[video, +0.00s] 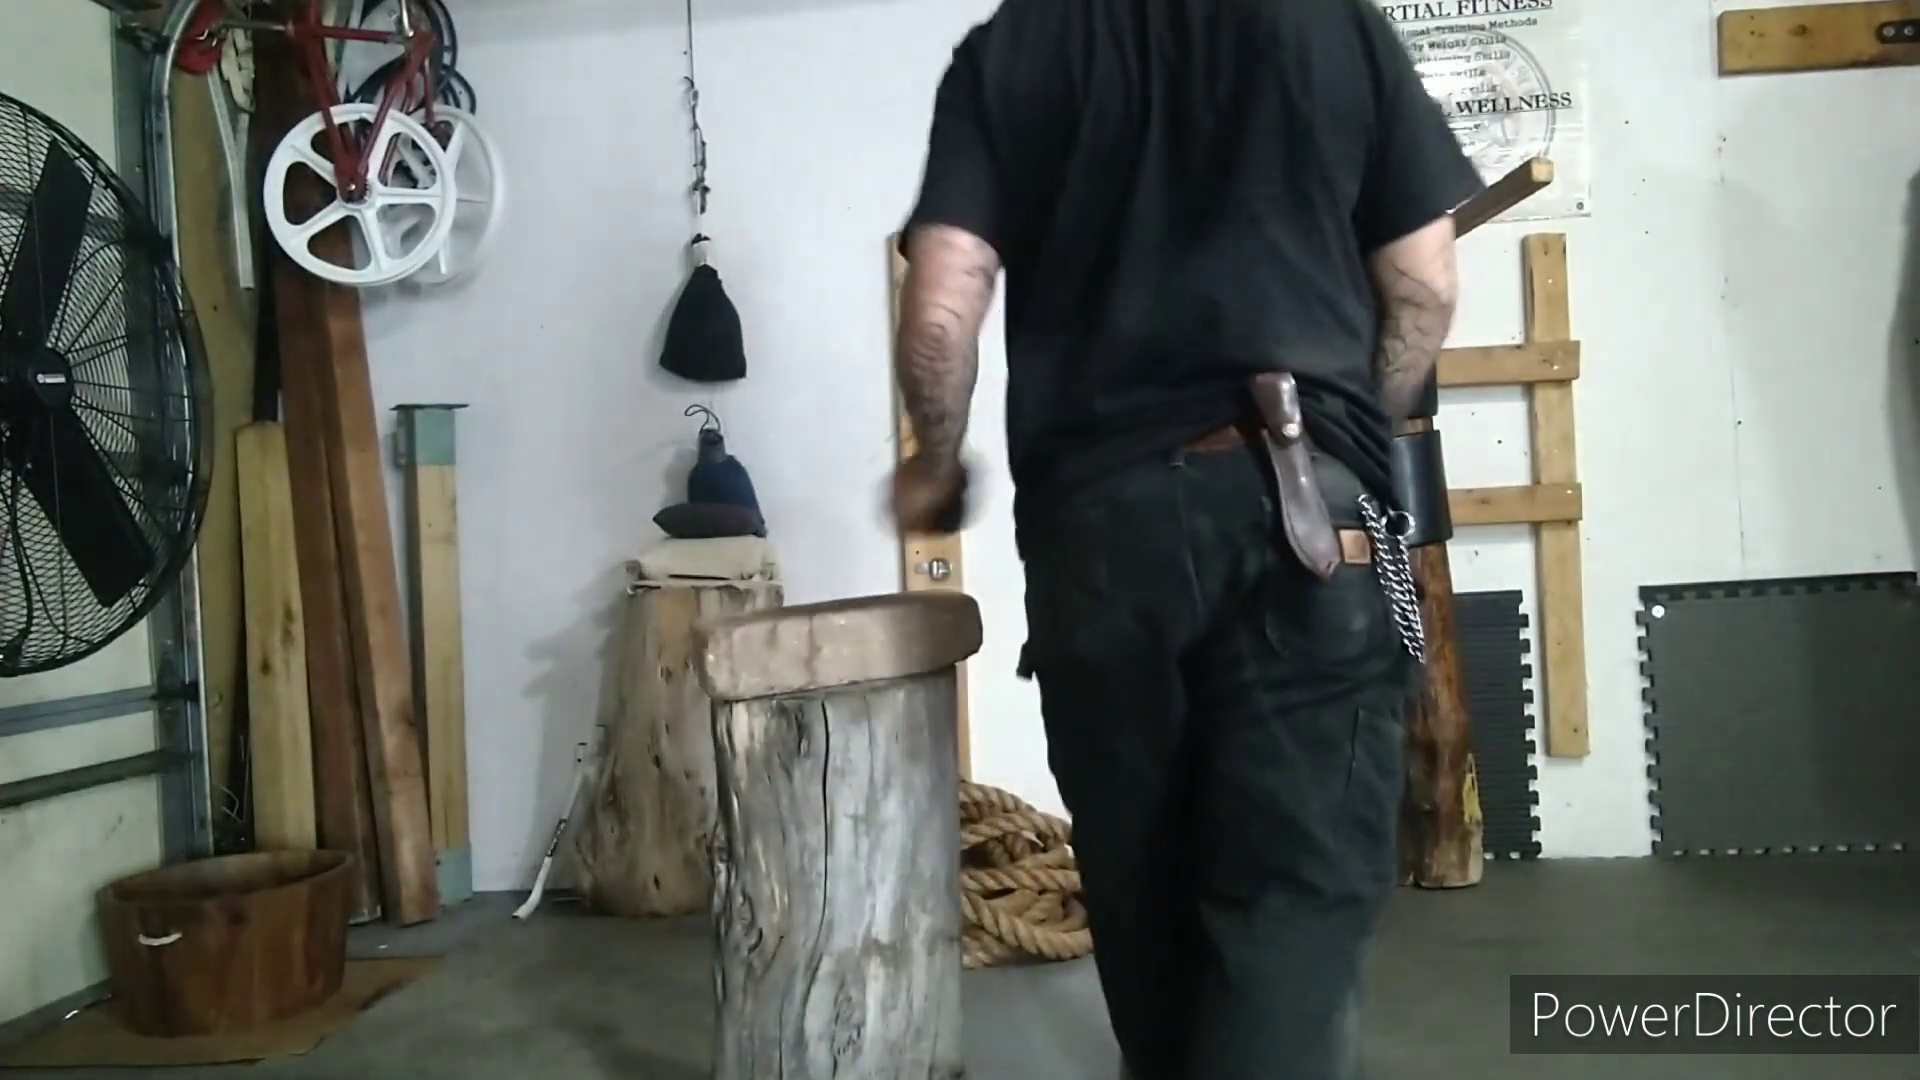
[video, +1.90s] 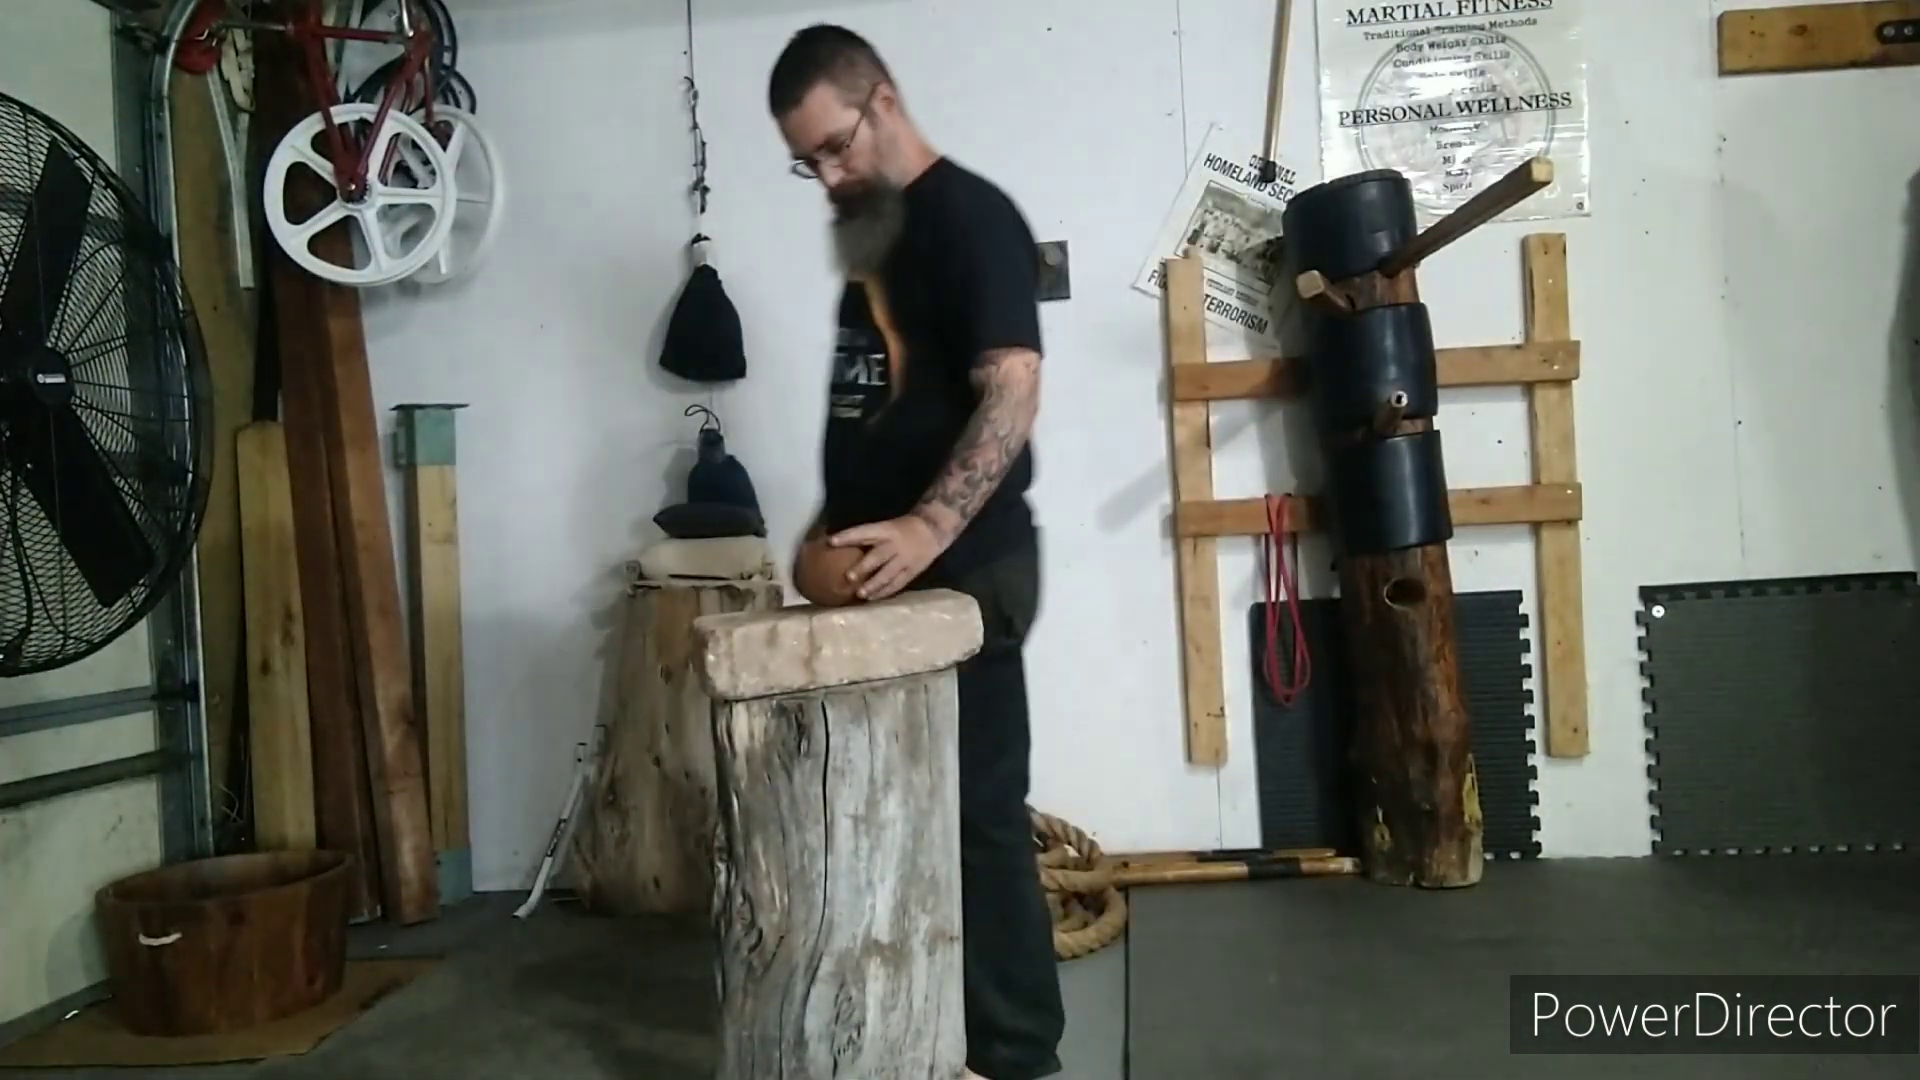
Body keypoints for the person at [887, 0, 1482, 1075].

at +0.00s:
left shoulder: (1011, 39)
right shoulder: (1332, 19)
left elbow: (943, 299)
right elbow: (1425, 278)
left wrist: (936, 455)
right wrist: (1365, 434)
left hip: (1103, 505)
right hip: (1317, 481)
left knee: (1140, 886)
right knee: (1297, 898)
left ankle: (1166, 1068)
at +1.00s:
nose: (1013, 152)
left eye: (1010, 121)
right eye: (1001, 135)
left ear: (1063, 68)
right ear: (1082, 71)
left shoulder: (1102, 162)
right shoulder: (1225, 170)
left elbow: (1076, 351)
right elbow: (1270, 353)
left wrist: (935, 502)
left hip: (1146, 524)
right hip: (1250, 514)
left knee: (1054, 764)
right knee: (1224, 804)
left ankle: (1173, 1041)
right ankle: (1258, 1045)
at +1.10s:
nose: (996, 152)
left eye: (996, 122)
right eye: (984, 136)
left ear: (1055, 73)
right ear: (1066, 79)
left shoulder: (1094, 167)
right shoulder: (1188, 167)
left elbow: (1077, 349)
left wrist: (941, 499)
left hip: (1140, 522)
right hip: (1235, 510)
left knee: (1047, 765)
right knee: (1218, 790)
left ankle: (1094, 1031)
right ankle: (1251, 1031)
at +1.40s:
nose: (914, 178)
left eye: (916, 149)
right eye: (902, 162)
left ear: (973, 100)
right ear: (966, 111)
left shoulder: (1034, 199)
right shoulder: (1051, 191)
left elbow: (1062, 376)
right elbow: (1056, 381)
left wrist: (952, 523)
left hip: (1068, 551)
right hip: (1117, 536)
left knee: (1014, 808)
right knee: (1122, 771)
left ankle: (1011, 1046)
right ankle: (1244, 1014)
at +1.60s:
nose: (867, 180)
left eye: (868, 152)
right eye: (854, 163)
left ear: (922, 98)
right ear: (916, 107)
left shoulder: (1004, 198)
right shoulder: (972, 205)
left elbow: (1040, 382)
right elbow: (983, 383)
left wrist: (932, 523)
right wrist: (917, 532)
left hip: (1022, 549)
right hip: (997, 548)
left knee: (996, 791)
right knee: (1008, 767)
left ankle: (1012, 1045)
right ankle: (1148, 945)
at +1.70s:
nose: (849, 176)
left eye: (851, 147)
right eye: (834, 160)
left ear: (908, 99)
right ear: (891, 116)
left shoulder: (995, 202)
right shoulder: (933, 216)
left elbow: (1029, 385)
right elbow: (930, 379)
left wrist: (931, 521)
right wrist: (893, 530)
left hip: (992, 555)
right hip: (938, 552)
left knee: (991, 820)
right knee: (939, 815)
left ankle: (1013, 1050)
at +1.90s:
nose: (824, 176)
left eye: (832, 147)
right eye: (807, 160)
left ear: (886, 105)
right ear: (803, 140)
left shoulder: (971, 212)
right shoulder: (861, 225)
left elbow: (1014, 388)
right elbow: (871, 396)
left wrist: (931, 525)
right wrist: (826, 528)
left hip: (963, 556)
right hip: (870, 555)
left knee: (979, 819)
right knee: (885, 815)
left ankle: (1015, 1051)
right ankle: (894, 1045)